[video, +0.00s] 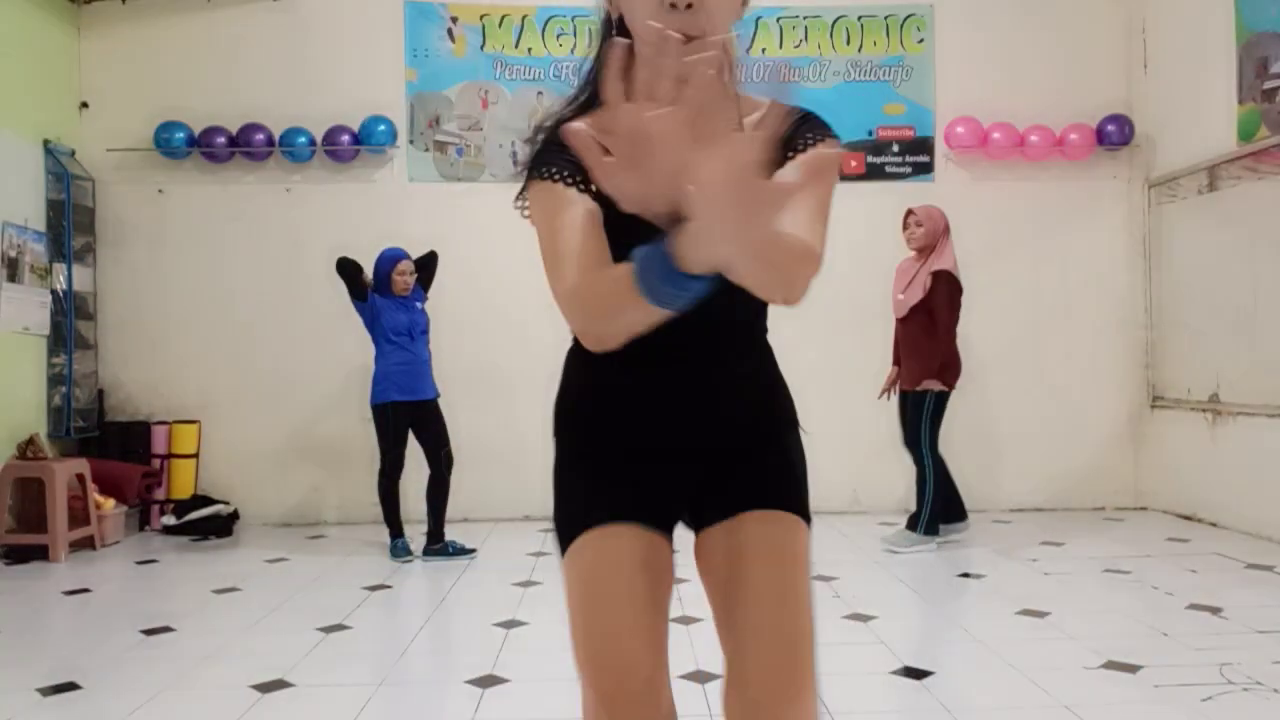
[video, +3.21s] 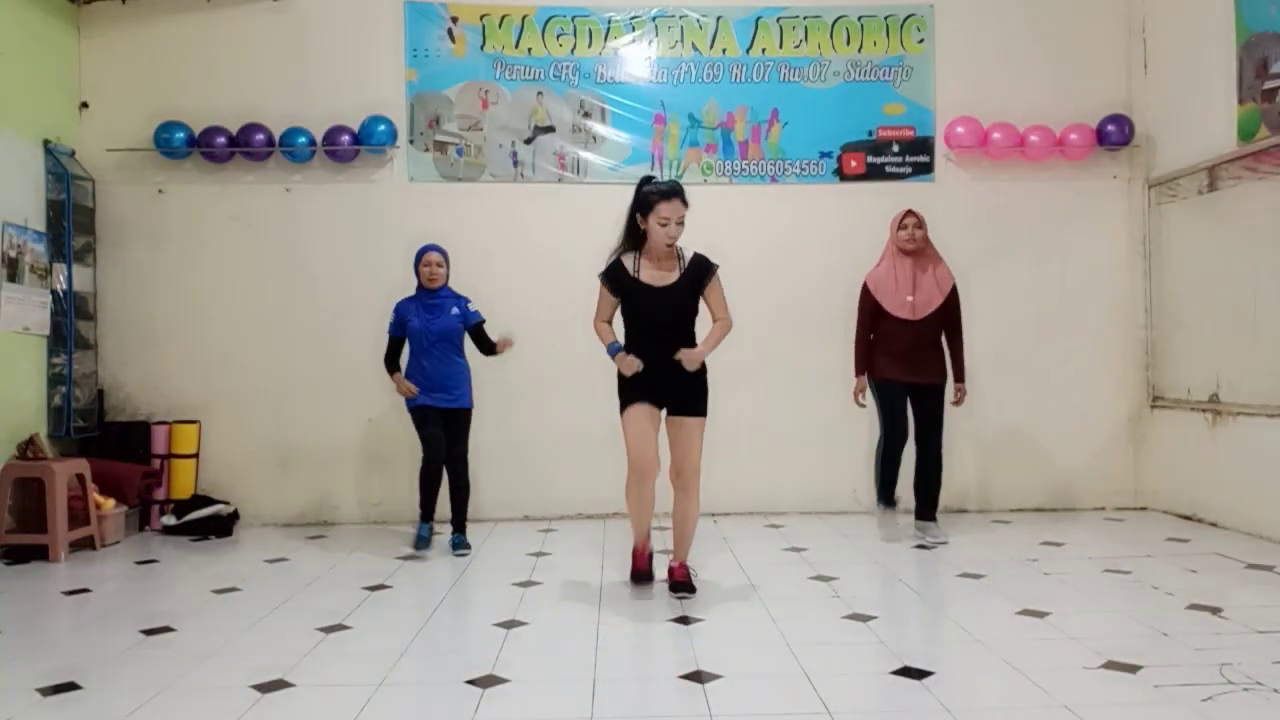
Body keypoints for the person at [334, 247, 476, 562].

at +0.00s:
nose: (408, 279)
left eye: (411, 273)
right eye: (401, 274)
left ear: (414, 276)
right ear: (386, 278)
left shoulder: (416, 299)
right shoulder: (373, 304)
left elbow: (432, 258)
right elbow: (343, 265)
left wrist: (407, 270)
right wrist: (365, 281)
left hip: (424, 396)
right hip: (390, 399)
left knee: (442, 462)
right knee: (392, 466)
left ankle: (436, 541)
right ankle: (397, 538)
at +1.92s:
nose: (411, 274)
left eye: (411, 268)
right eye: (403, 268)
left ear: (412, 274)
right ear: (386, 274)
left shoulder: (422, 302)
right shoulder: (372, 307)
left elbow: (459, 274)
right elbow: (345, 279)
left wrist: (423, 276)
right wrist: (359, 278)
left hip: (422, 396)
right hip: (386, 400)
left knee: (437, 463)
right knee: (398, 467)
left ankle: (448, 531)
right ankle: (398, 538)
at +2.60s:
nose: (406, 271)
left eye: (411, 266)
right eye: (399, 266)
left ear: (417, 271)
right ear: (387, 273)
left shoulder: (430, 302)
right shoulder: (375, 307)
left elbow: (483, 301)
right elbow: (322, 298)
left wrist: (467, 265)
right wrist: (348, 273)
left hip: (427, 395)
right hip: (390, 400)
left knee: (430, 459)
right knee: (400, 468)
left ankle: (456, 529)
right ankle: (398, 539)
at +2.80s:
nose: (414, 270)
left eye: (420, 265)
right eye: (408, 266)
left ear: (427, 271)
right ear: (397, 272)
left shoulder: (439, 304)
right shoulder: (385, 308)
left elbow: (491, 320)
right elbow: (336, 328)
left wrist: (494, 282)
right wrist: (356, 294)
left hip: (435, 398)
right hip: (399, 401)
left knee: (439, 464)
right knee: (404, 468)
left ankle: (459, 530)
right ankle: (398, 538)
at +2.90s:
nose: (421, 272)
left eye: (427, 267)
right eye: (415, 267)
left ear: (435, 272)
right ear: (404, 273)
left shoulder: (445, 307)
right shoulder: (392, 311)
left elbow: (493, 332)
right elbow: (357, 351)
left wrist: (506, 298)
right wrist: (366, 325)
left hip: (442, 400)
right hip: (405, 402)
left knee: (446, 467)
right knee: (410, 469)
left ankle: (458, 533)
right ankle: (399, 538)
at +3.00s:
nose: (427, 271)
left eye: (433, 267)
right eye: (421, 266)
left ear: (441, 272)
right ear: (411, 272)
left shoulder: (452, 306)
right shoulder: (399, 309)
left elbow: (491, 339)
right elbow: (385, 348)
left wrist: (511, 313)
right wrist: (379, 360)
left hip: (450, 395)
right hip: (413, 397)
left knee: (454, 465)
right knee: (419, 465)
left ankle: (459, 533)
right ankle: (402, 535)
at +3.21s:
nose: (432, 270)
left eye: (438, 265)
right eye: (426, 265)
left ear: (447, 270)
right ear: (417, 270)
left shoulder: (460, 304)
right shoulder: (405, 308)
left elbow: (484, 346)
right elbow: (391, 356)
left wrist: (497, 347)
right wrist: (397, 377)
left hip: (457, 395)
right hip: (421, 395)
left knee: (457, 461)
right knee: (434, 454)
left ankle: (459, 532)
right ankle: (425, 523)